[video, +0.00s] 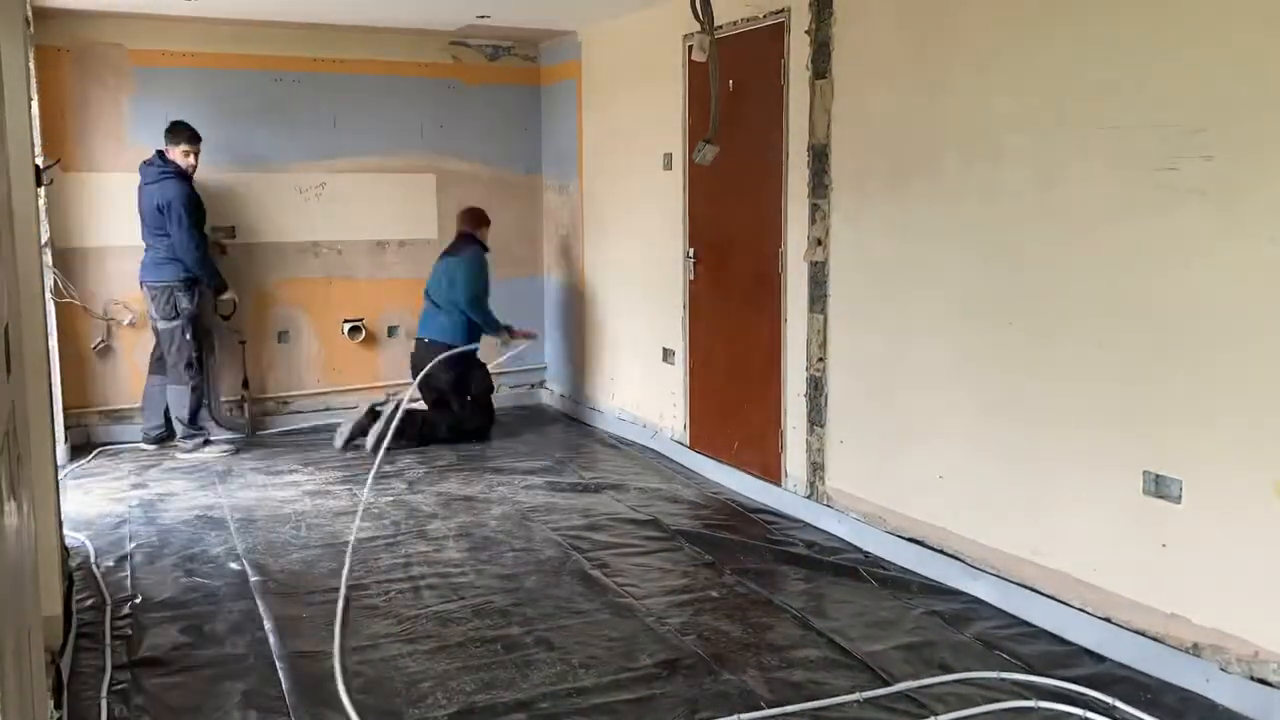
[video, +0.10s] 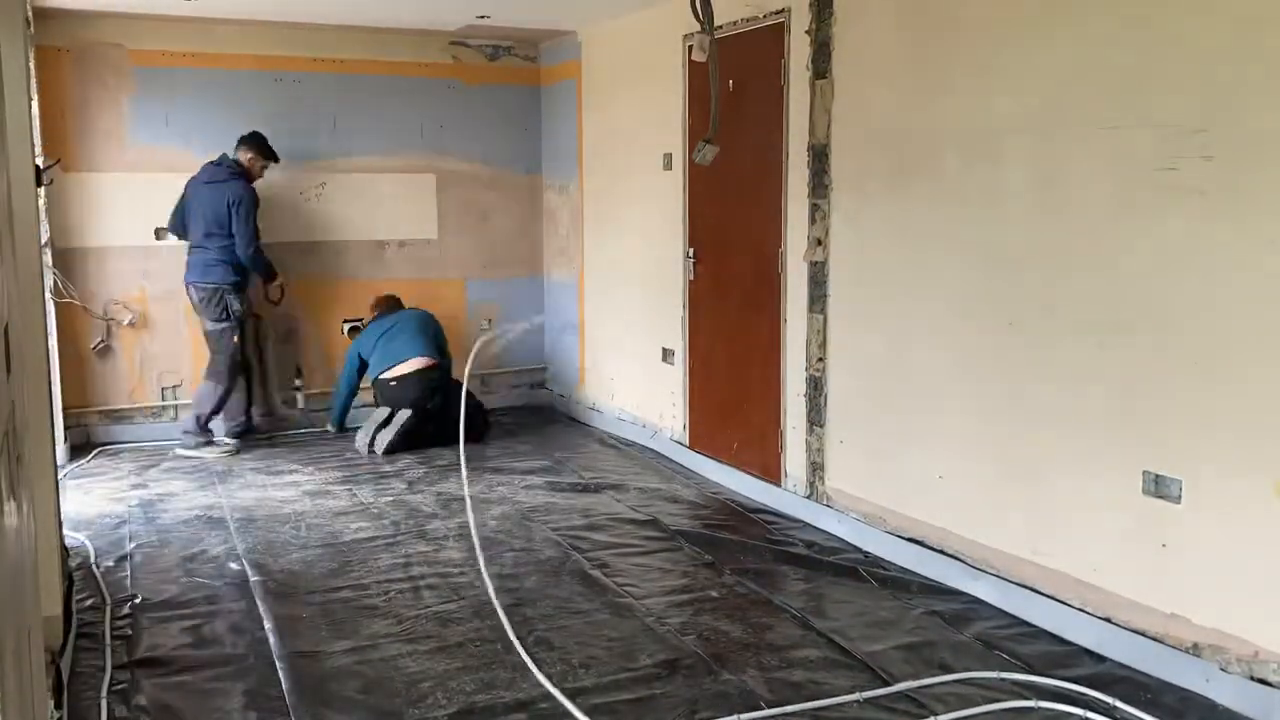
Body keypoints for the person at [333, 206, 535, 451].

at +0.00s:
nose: (487, 235)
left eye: (487, 230)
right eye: (486, 230)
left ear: (461, 227)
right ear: (481, 229)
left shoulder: (450, 253)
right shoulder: (473, 255)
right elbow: (471, 303)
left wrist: (506, 332)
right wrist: (501, 330)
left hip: (424, 353)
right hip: (451, 355)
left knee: (447, 420)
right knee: (478, 425)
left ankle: (377, 418)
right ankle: (404, 425)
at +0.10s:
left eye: (369, 316)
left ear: (374, 315)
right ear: (402, 308)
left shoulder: (363, 337)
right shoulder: (424, 316)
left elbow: (347, 385)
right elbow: (444, 359)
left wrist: (335, 425)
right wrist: (444, 390)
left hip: (389, 391)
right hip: (430, 382)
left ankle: (387, 425)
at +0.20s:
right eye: (492, 313)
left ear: (468, 304)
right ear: (489, 307)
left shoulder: (446, 312)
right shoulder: (492, 312)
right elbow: (528, 353)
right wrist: (542, 389)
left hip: (423, 350)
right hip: (458, 350)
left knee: (432, 422)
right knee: (470, 426)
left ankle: (396, 421)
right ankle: (409, 431)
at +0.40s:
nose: (516, 180)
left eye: (520, 175)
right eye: (517, 173)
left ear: (506, 165)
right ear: (504, 163)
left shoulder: (490, 187)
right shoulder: (479, 182)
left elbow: (507, 221)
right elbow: (472, 233)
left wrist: (540, 216)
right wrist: (492, 268)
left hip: (469, 271)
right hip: (449, 270)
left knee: (471, 338)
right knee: (434, 339)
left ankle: (473, 402)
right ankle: (416, 405)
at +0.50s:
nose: (538, 193)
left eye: (542, 189)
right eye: (541, 187)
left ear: (528, 171)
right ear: (532, 176)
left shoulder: (500, 177)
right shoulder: (514, 189)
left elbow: (507, 227)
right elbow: (507, 243)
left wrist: (538, 217)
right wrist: (517, 286)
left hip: (472, 269)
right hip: (463, 269)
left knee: (475, 339)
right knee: (445, 338)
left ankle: (474, 401)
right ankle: (419, 401)